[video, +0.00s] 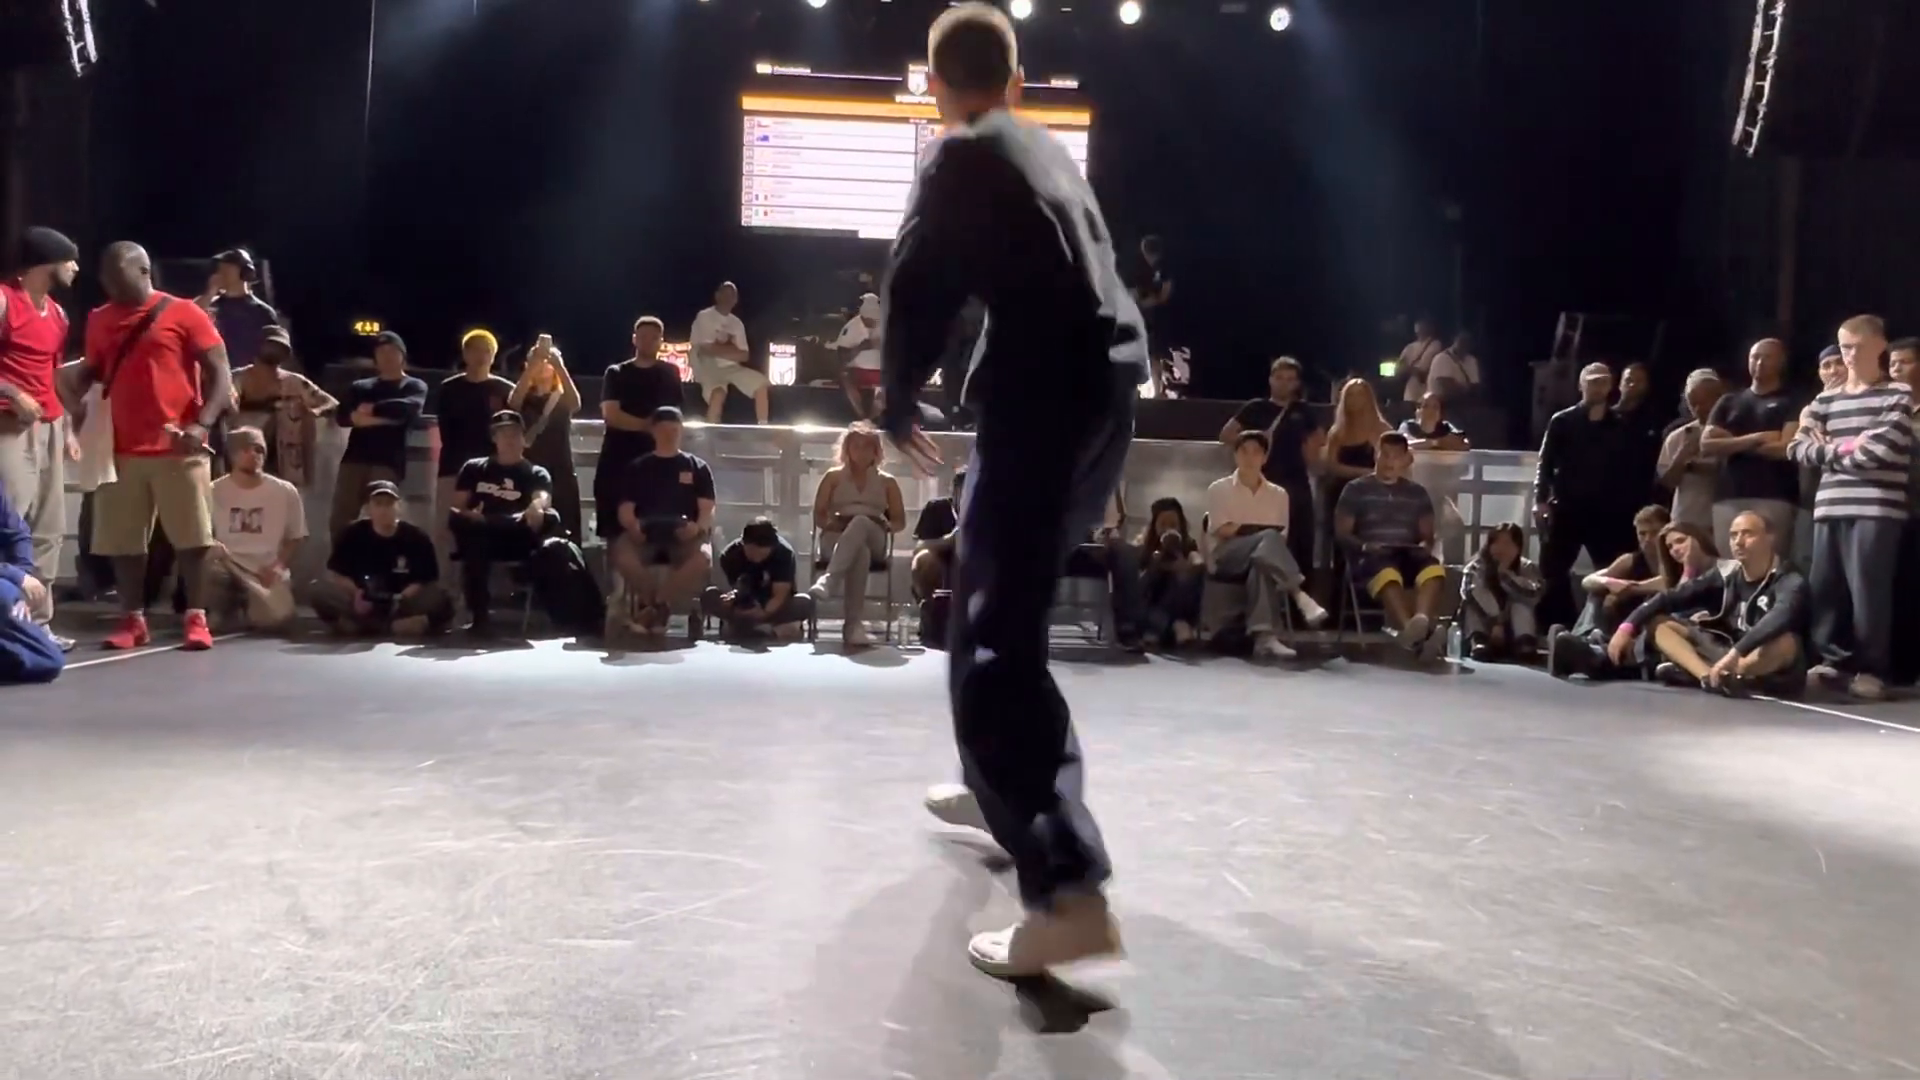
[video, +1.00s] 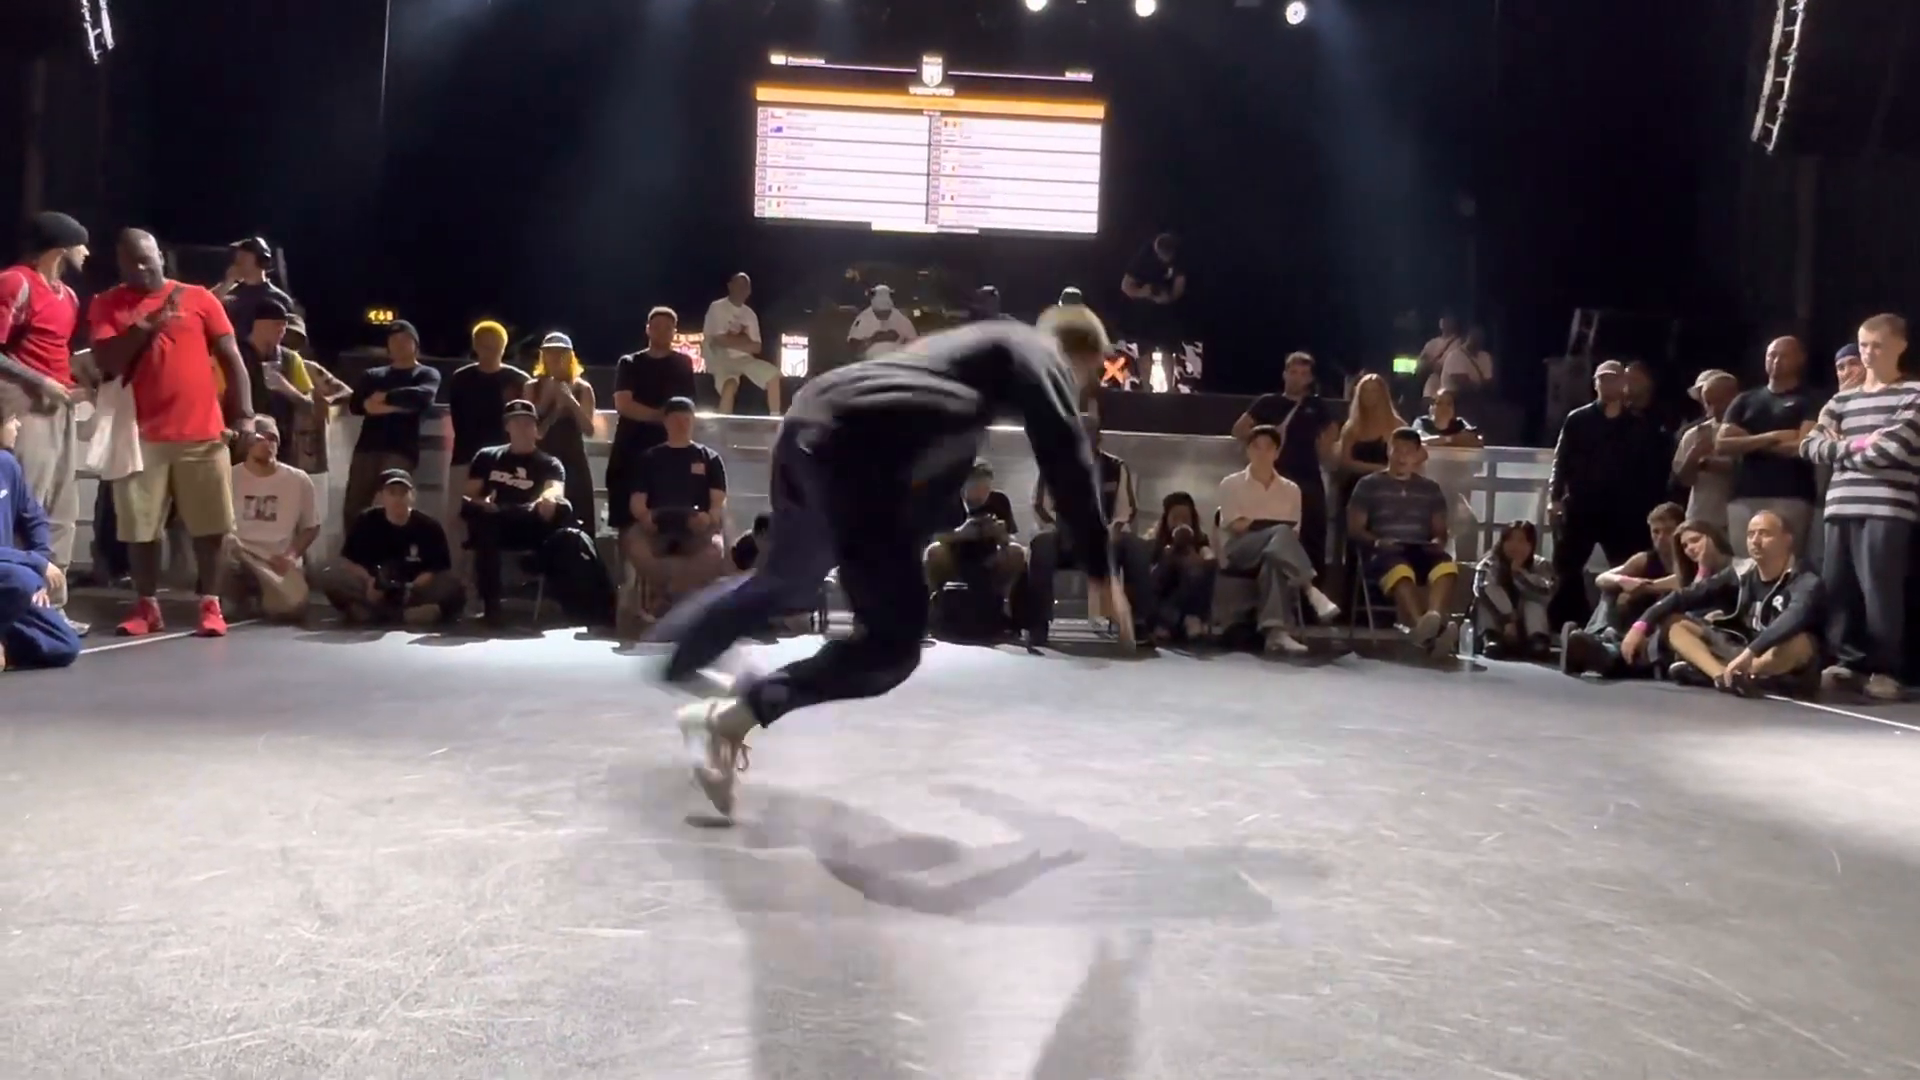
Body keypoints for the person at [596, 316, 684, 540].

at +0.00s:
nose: (648, 341)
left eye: (654, 337)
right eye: (643, 336)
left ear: (661, 341)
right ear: (634, 339)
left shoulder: (669, 372)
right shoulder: (616, 372)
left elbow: (673, 420)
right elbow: (610, 415)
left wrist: (623, 417)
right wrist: (649, 425)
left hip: (656, 460)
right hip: (618, 458)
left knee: (656, 529)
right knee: (615, 530)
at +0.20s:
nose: (653, 342)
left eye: (658, 338)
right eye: (648, 337)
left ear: (664, 342)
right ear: (637, 339)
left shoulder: (672, 373)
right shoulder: (618, 372)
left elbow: (676, 419)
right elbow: (613, 415)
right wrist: (651, 425)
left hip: (658, 459)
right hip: (620, 458)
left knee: (658, 526)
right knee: (617, 529)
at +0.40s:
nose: (654, 340)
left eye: (659, 335)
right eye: (648, 334)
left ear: (666, 339)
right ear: (638, 337)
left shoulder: (674, 370)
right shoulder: (620, 371)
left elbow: (677, 418)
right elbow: (615, 413)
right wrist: (652, 424)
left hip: (660, 457)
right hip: (622, 456)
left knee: (660, 525)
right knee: (619, 528)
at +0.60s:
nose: (654, 337)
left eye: (660, 332)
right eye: (650, 331)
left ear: (668, 337)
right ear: (641, 334)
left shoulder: (677, 368)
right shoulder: (623, 368)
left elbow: (679, 415)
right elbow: (617, 411)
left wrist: (630, 412)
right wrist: (656, 421)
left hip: (663, 457)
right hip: (624, 455)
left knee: (662, 524)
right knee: (621, 526)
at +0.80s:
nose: (658, 335)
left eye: (664, 330)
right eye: (653, 329)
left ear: (671, 334)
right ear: (644, 332)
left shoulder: (680, 365)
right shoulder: (626, 365)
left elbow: (680, 414)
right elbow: (619, 407)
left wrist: (632, 409)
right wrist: (659, 418)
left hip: (665, 452)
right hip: (628, 450)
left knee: (663, 519)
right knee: (623, 521)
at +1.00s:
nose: (662, 332)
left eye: (668, 327)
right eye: (657, 326)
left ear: (674, 332)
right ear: (647, 329)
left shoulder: (682, 363)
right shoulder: (629, 362)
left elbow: (685, 411)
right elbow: (622, 404)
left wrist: (636, 407)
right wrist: (663, 416)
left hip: (668, 451)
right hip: (630, 449)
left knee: (667, 518)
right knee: (626, 520)